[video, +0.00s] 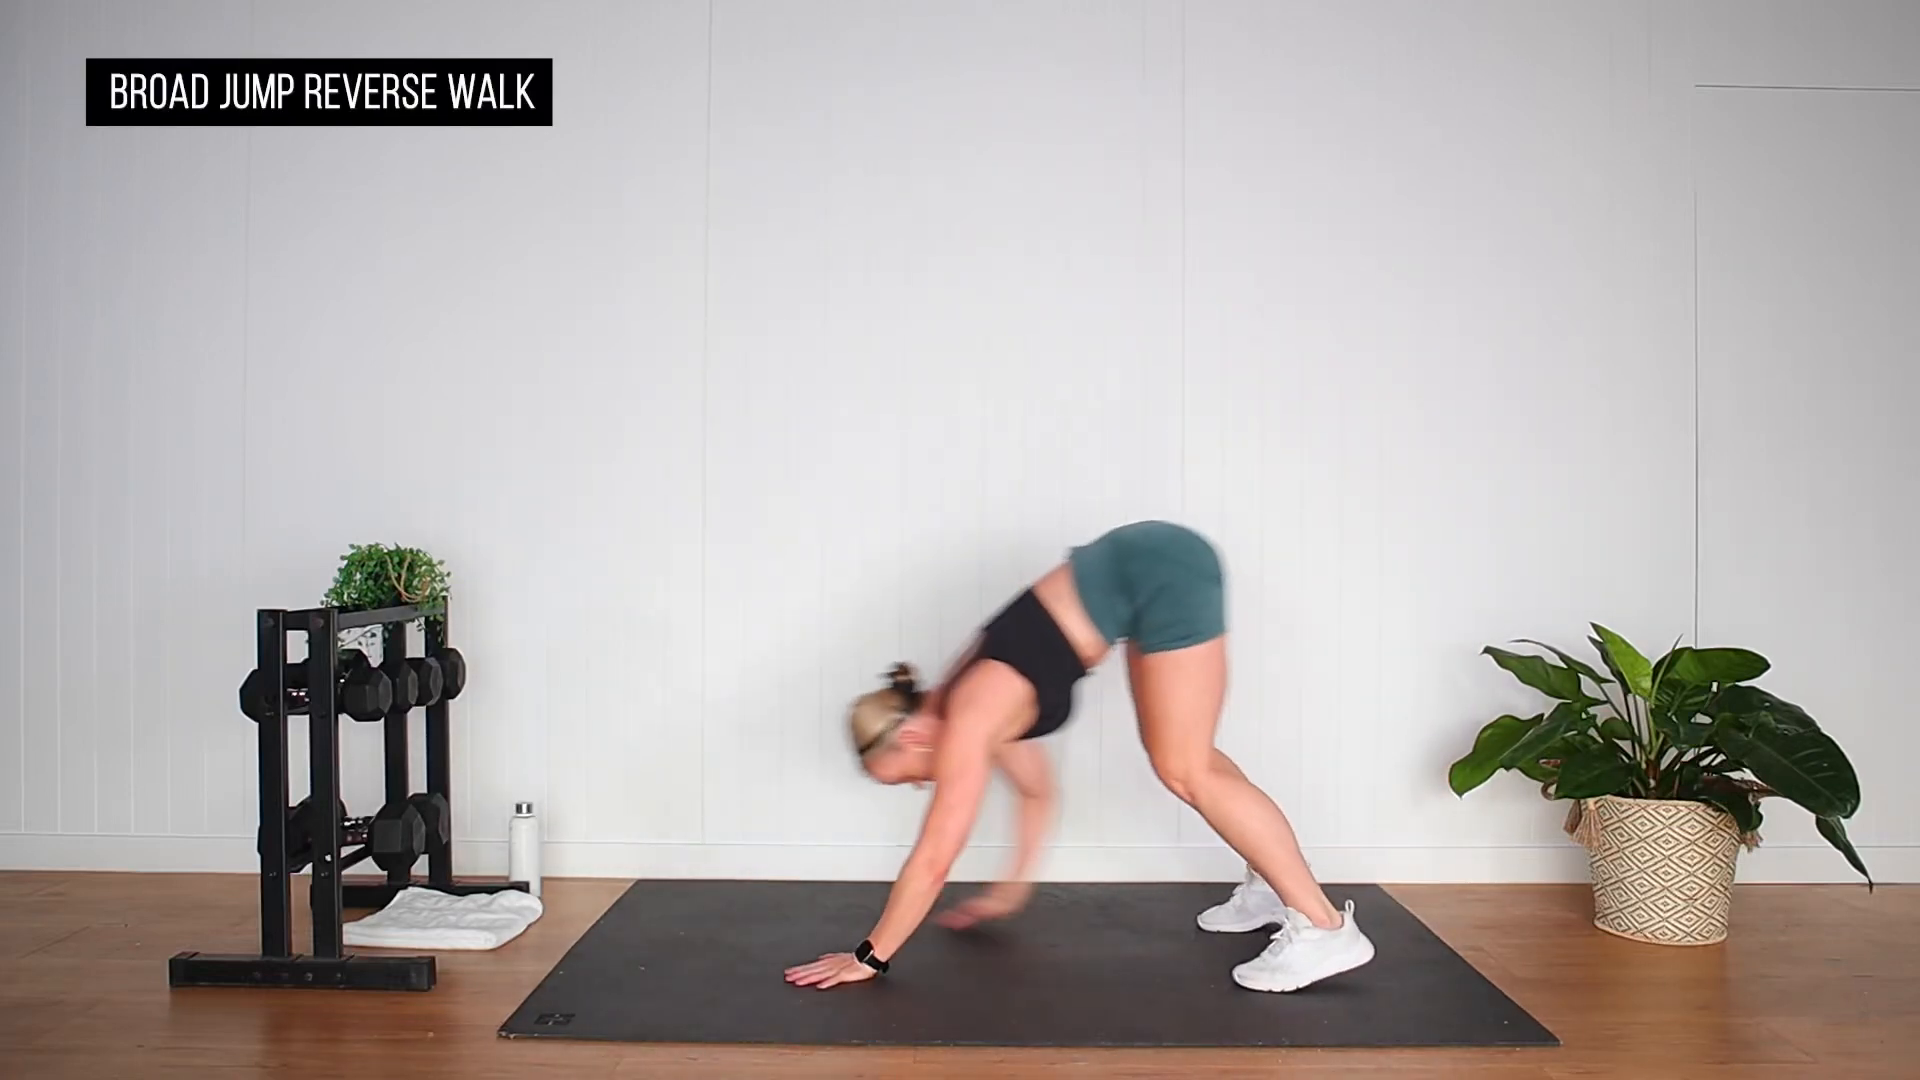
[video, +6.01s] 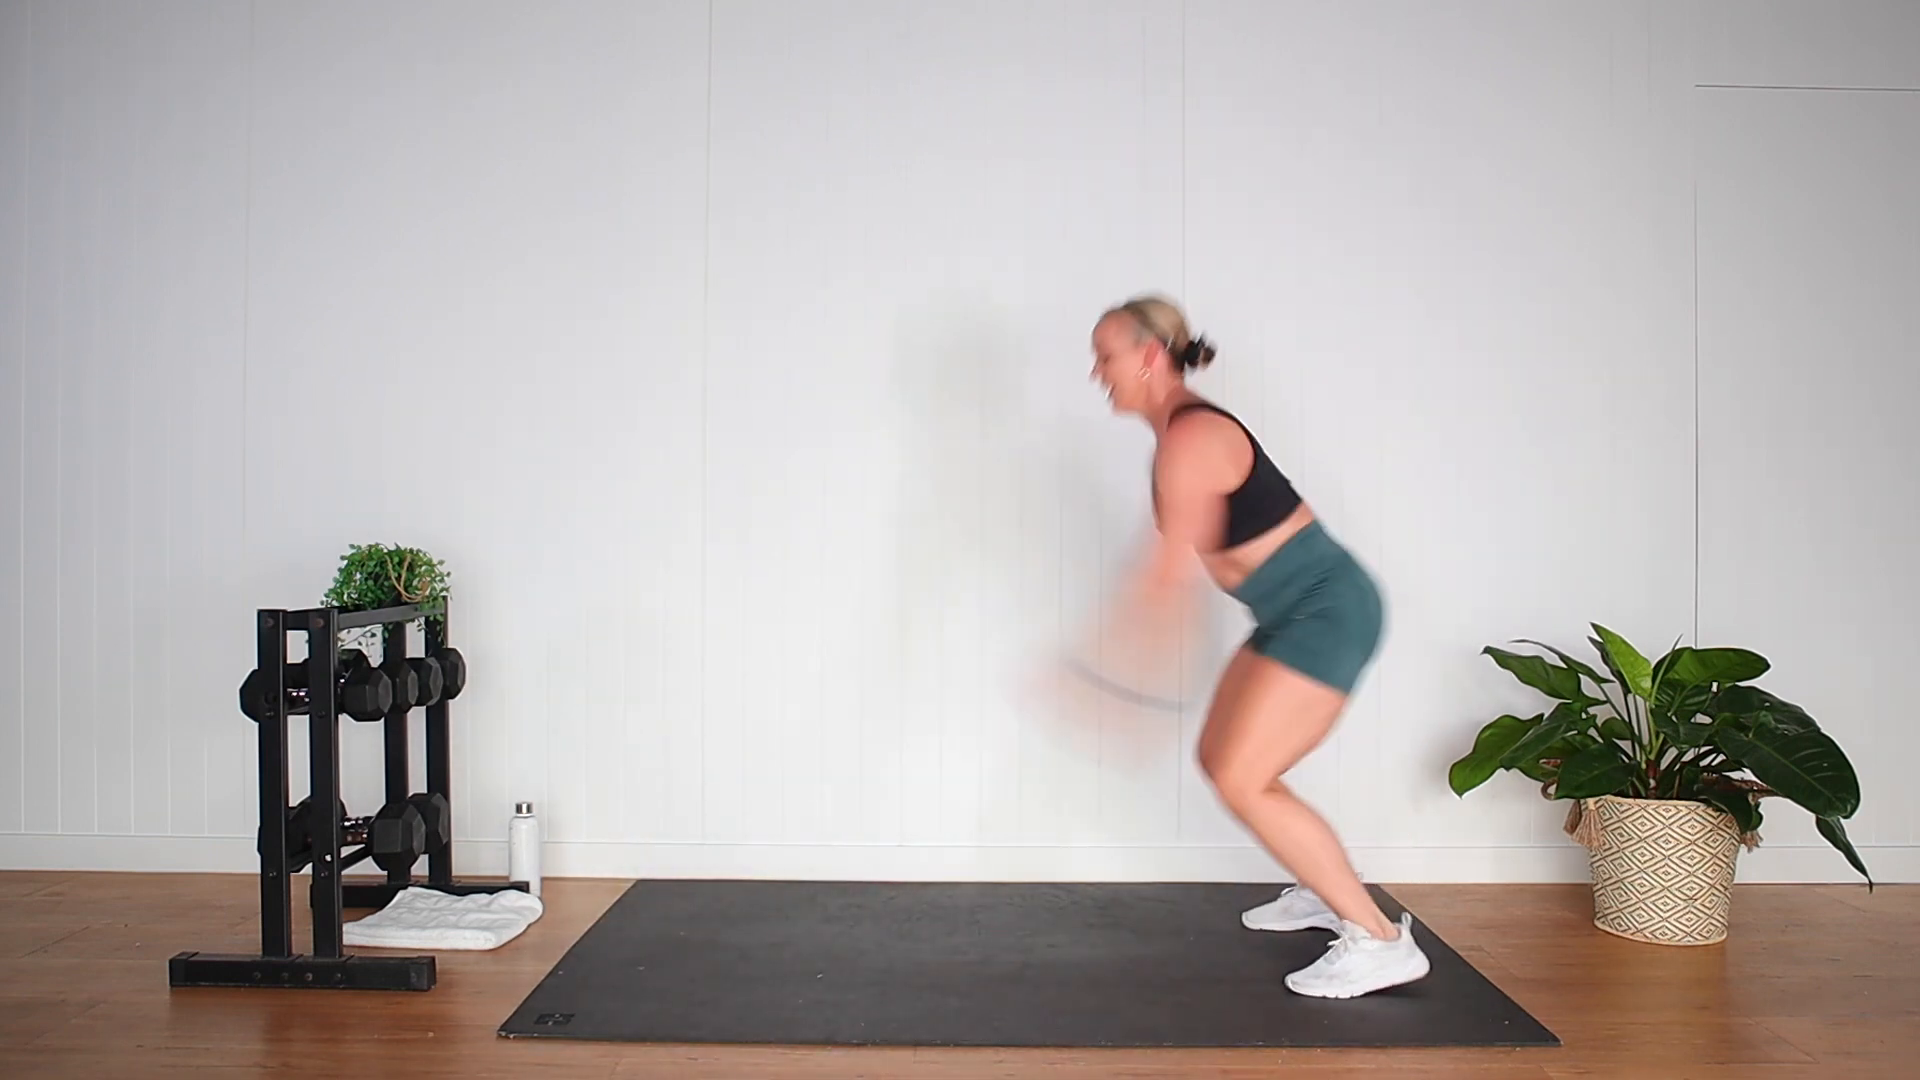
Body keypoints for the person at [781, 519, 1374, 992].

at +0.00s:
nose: (919, 784)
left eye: (906, 774)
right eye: (907, 781)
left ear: (914, 734)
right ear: (917, 729)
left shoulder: (972, 717)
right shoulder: (989, 711)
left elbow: (937, 854)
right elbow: (1038, 795)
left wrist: (871, 956)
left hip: (1165, 568)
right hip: (1151, 570)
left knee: (1187, 768)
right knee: (1188, 759)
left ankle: (1323, 924)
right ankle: (1278, 879)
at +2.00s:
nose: (929, 188)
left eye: (938, 173)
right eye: (930, 174)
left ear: (980, 173)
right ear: (985, 175)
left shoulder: (1005, 242)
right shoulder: (1006, 246)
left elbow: (902, 315)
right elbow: (911, 342)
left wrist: (818, 296)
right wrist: (816, 305)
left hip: (1085, 450)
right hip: (1077, 450)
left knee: (1051, 653)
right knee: (1051, 652)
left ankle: (1173, 824)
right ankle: (1166, 819)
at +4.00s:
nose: (848, 783)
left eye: (835, 775)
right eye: (835, 780)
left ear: (851, 733)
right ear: (850, 724)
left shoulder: (916, 715)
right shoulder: (894, 707)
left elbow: (924, 847)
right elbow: (854, 814)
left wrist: (886, 956)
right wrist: (770, 892)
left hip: (1106, 589)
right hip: (1099, 593)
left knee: (1216, 763)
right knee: (1209, 757)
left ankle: (1362, 916)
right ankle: (1321, 878)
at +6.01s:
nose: (1096, 375)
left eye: (1104, 358)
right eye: (1096, 360)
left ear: (1152, 358)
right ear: (1152, 361)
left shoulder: (1192, 440)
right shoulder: (1178, 437)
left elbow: (1169, 582)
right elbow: (1161, 570)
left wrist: (1108, 665)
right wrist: (1113, 653)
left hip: (1329, 608)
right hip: (1292, 610)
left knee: (1243, 777)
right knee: (1223, 759)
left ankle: (1378, 937)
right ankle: (1327, 888)